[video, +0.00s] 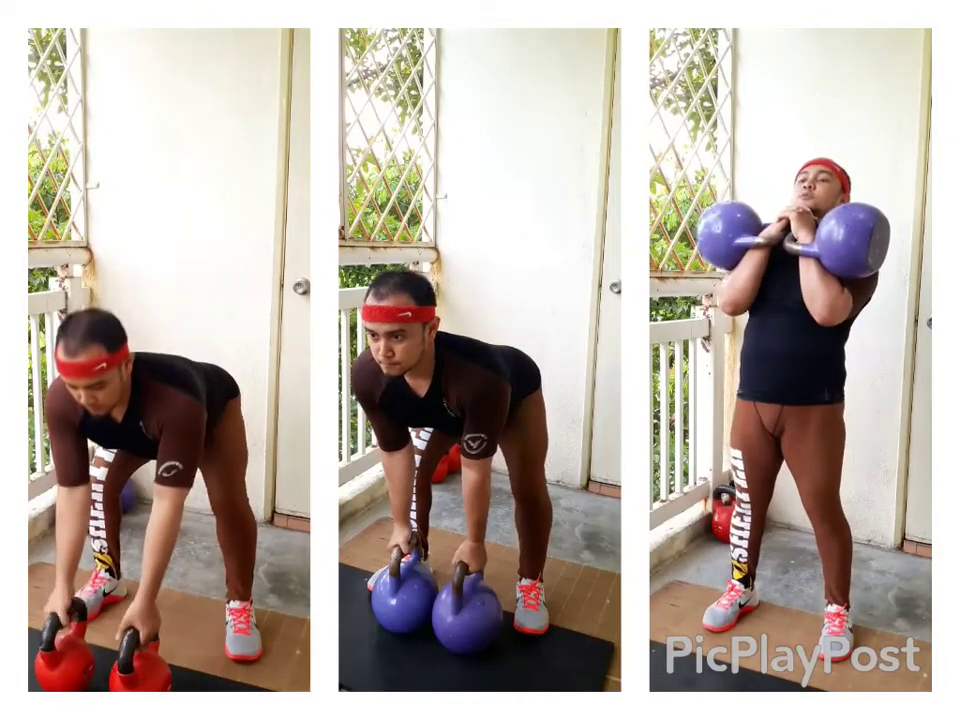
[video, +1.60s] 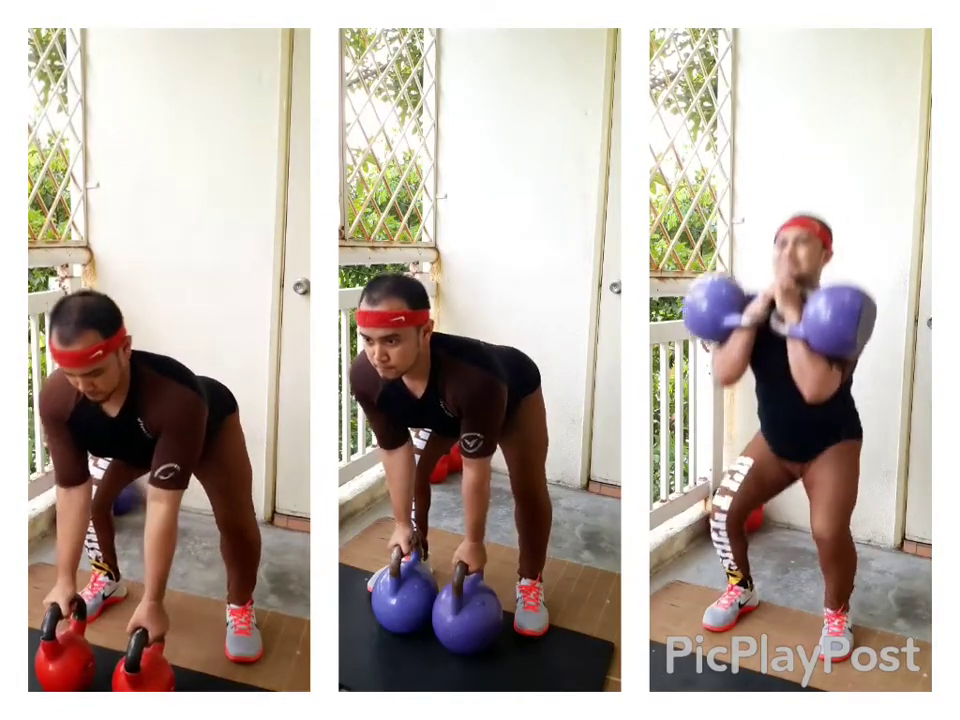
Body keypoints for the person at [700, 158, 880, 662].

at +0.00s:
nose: (807, 182)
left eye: (821, 178)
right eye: (802, 177)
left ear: (844, 199)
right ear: (790, 194)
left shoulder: (853, 256)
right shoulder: (767, 247)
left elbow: (828, 312)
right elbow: (729, 303)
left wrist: (804, 241)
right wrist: (765, 240)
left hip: (813, 408)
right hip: (752, 401)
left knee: (824, 513)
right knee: (749, 503)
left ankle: (836, 609)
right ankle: (740, 587)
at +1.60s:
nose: (790, 251)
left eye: (803, 244)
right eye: (783, 243)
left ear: (825, 256)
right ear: (772, 253)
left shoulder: (835, 315)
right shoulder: (752, 307)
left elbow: (816, 388)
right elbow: (725, 374)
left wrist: (791, 316)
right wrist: (751, 318)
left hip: (832, 443)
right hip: (774, 440)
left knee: (829, 534)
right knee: (724, 511)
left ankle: (836, 615)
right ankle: (740, 587)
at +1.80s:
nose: (787, 311)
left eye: (800, 302)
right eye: (779, 302)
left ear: (821, 315)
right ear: (770, 311)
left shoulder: (831, 370)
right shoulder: (750, 365)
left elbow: (817, 452)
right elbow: (723, 434)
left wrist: (788, 379)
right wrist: (750, 379)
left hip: (830, 480)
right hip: (773, 477)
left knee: (826, 544)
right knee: (716, 522)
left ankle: (836, 615)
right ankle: (741, 589)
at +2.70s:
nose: (786, 250)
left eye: (798, 242)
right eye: (779, 241)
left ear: (821, 254)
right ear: (769, 252)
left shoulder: (832, 318)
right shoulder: (752, 312)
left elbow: (817, 399)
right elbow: (725, 381)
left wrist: (789, 331)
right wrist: (749, 326)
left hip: (830, 441)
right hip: (774, 437)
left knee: (828, 531)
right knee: (724, 508)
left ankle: (837, 613)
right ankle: (739, 586)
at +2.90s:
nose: (797, 192)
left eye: (811, 185)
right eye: (790, 183)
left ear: (832, 204)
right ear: (777, 197)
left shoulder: (840, 262)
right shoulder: (754, 254)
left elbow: (820, 338)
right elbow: (730, 324)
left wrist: (793, 265)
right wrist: (754, 262)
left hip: (831, 415)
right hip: (772, 409)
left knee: (834, 518)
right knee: (738, 495)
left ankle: (837, 612)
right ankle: (740, 584)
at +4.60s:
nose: (790, 259)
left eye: (802, 251)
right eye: (783, 251)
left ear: (824, 262)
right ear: (774, 260)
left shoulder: (835, 321)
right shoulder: (755, 316)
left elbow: (819, 395)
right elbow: (729, 384)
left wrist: (794, 326)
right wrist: (754, 328)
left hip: (831, 448)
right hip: (775, 445)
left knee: (827, 536)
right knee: (725, 515)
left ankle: (835, 615)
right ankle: (740, 586)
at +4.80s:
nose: (788, 320)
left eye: (800, 311)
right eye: (781, 311)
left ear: (822, 323)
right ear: (772, 321)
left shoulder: (832, 380)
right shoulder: (751, 375)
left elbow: (818, 461)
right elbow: (726, 444)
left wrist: (791, 391)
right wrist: (752, 394)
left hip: (829, 490)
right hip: (772, 489)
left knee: (826, 547)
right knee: (716, 524)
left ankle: (835, 616)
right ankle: (740, 589)